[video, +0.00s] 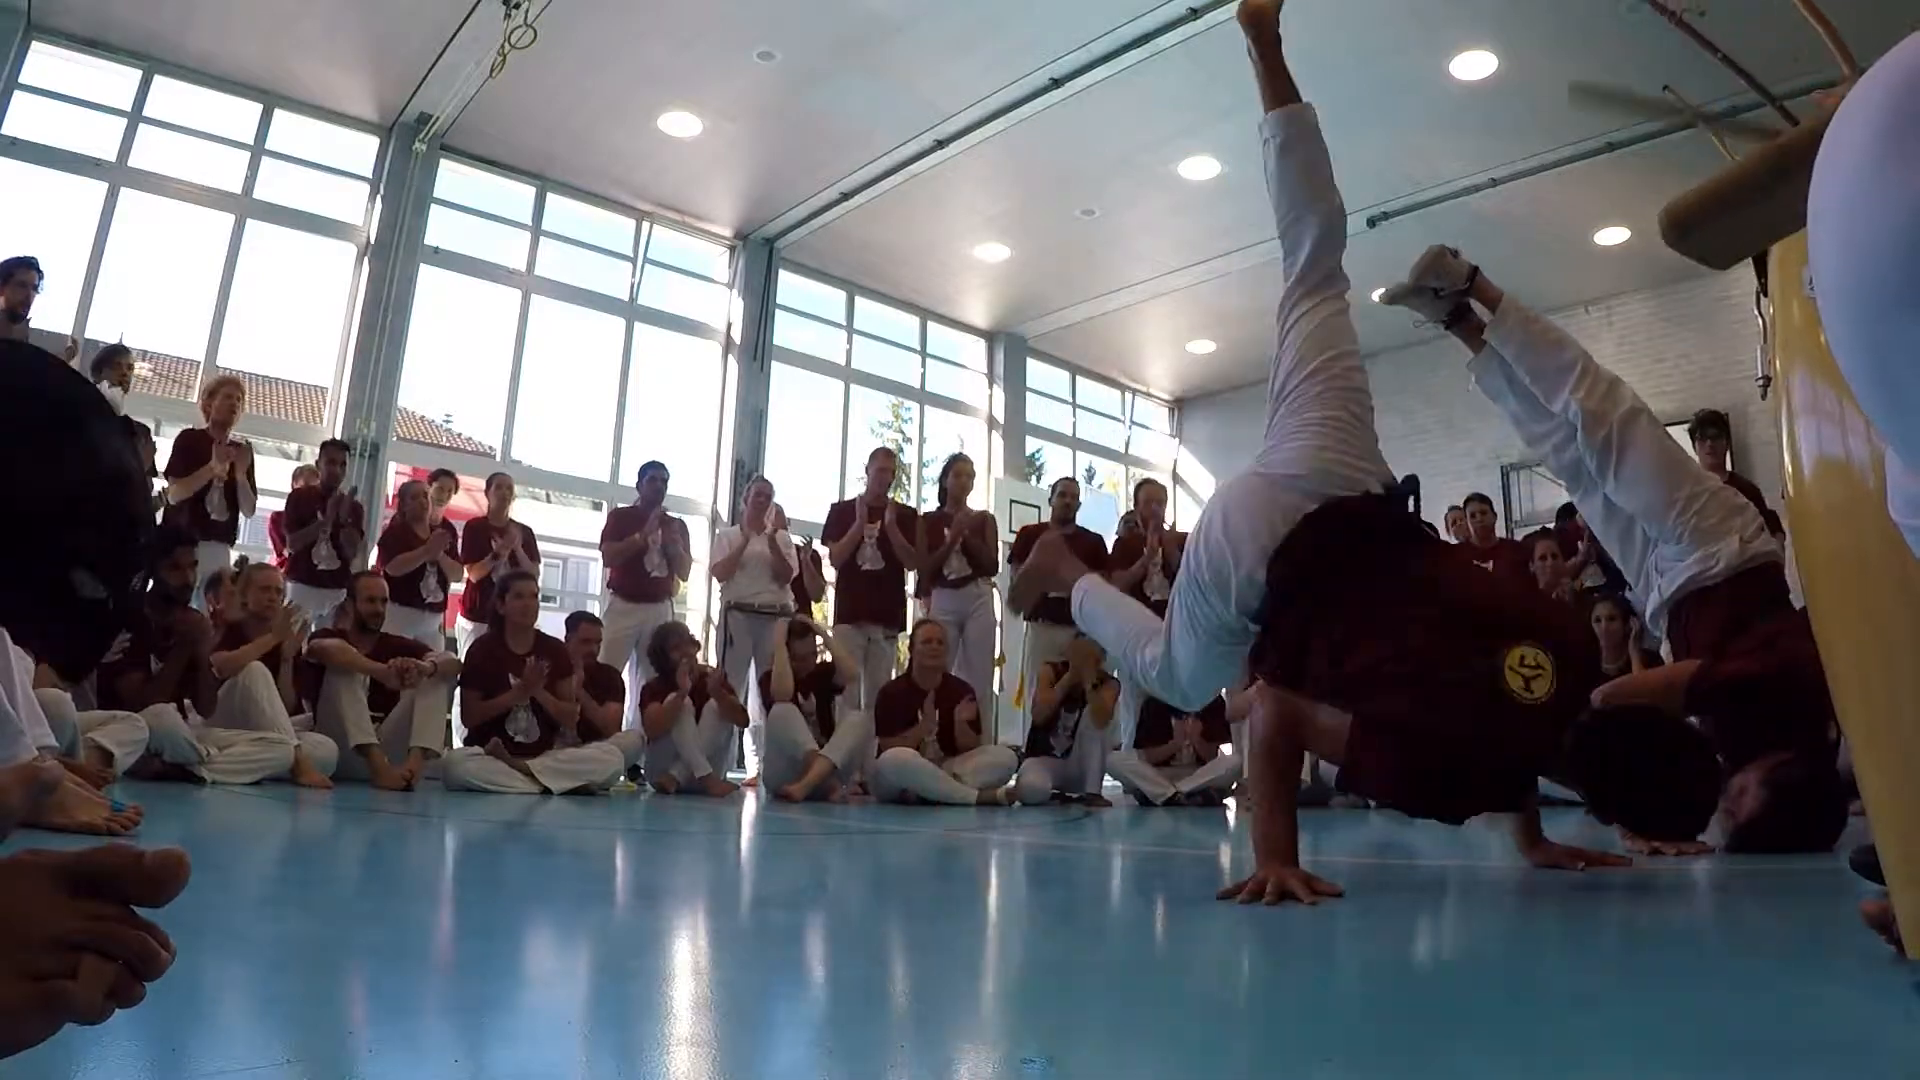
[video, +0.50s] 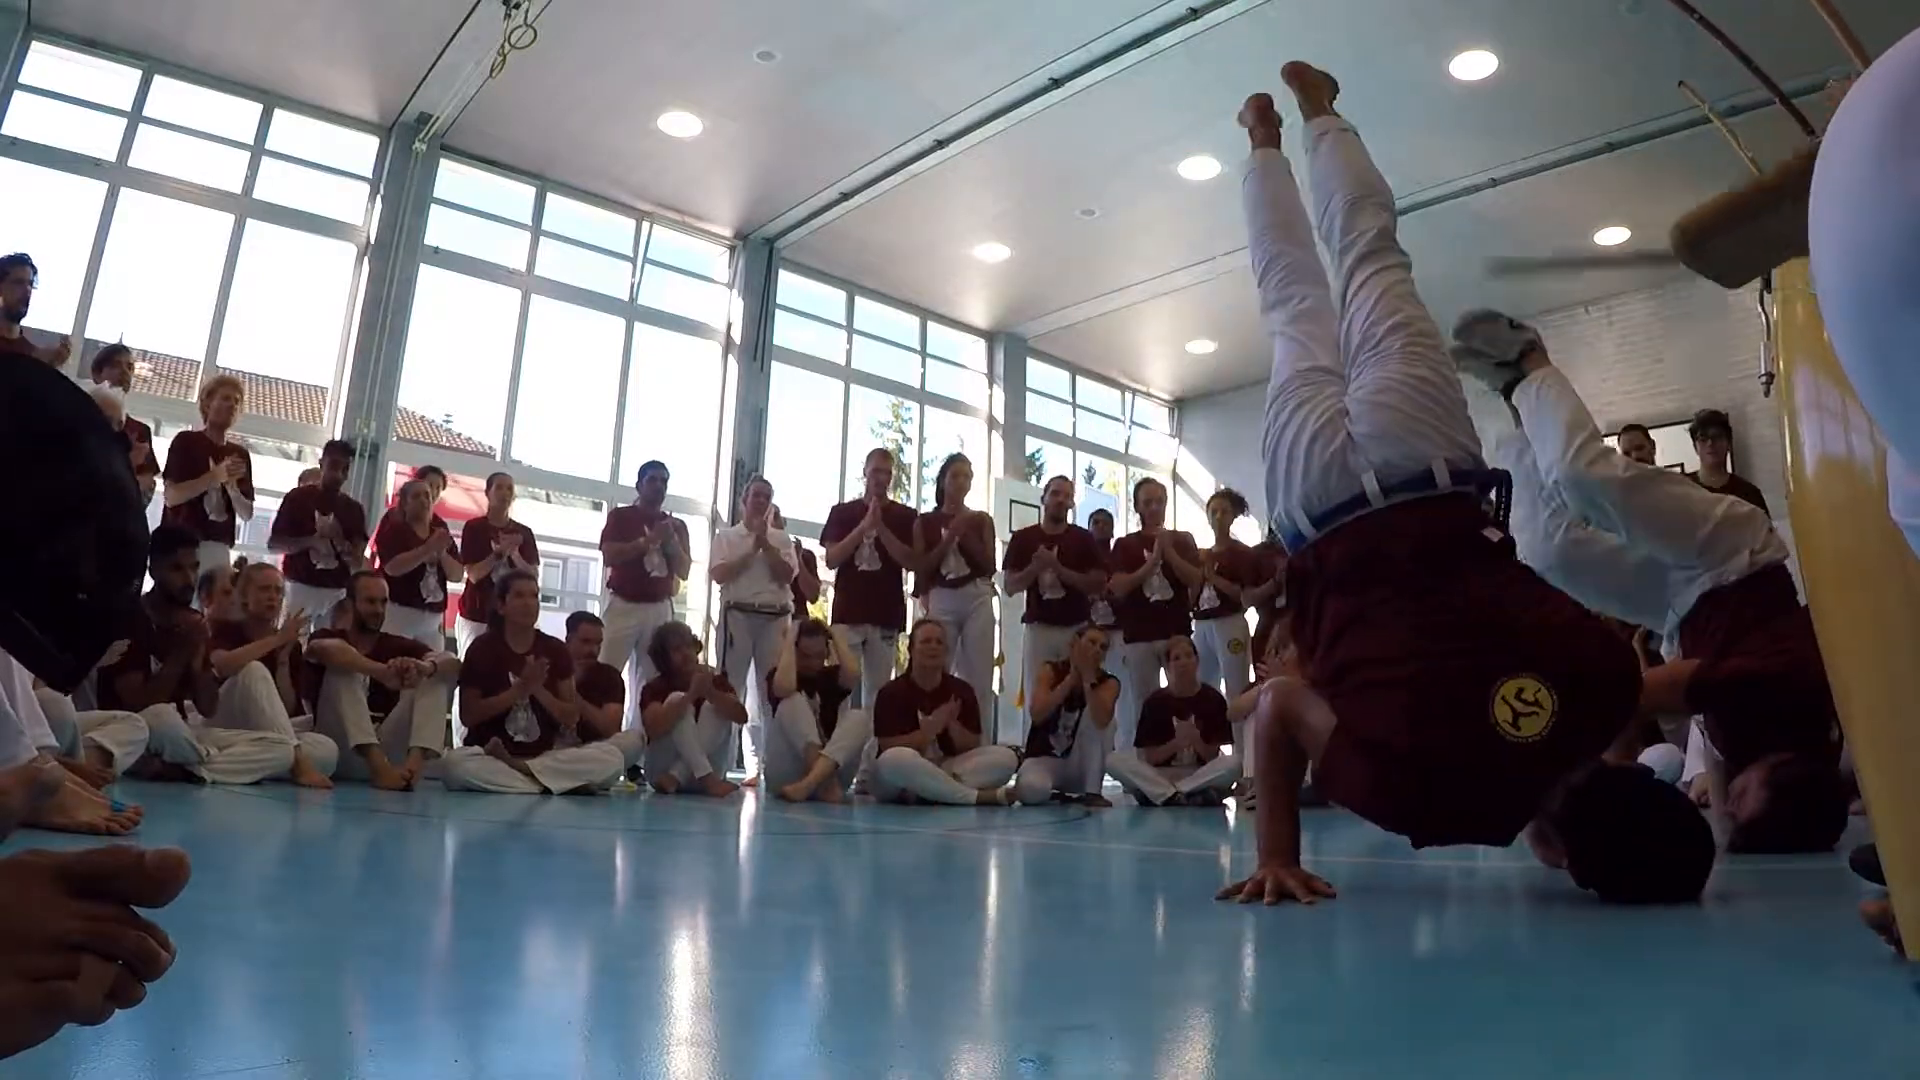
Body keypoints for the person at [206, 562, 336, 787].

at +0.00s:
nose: (272, 597)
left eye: (278, 591)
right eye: (264, 590)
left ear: (283, 597)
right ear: (245, 594)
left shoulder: (287, 640)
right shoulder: (229, 630)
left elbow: (288, 707)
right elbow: (220, 667)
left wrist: (288, 657)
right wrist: (273, 638)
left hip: (269, 732)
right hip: (224, 723)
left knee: (326, 751)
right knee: (254, 671)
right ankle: (298, 761)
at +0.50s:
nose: (273, 597)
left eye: (278, 590)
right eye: (264, 589)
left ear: (283, 597)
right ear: (245, 595)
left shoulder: (290, 644)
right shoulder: (224, 630)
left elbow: (290, 709)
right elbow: (221, 665)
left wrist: (283, 662)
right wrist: (281, 638)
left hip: (270, 733)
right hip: (224, 725)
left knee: (326, 751)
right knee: (253, 671)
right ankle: (299, 762)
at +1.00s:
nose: (274, 598)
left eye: (279, 591)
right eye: (266, 590)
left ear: (284, 597)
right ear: (245, 595)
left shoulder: (290, 642)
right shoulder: (228, 630)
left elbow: (290, 710)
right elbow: (221, 667)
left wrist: (284, 660)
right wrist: (275, 638)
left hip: (274, 733)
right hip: (227, 726)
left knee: (327, 752)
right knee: (253, 671)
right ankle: (299, 762)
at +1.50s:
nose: (274, 597)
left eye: (279, 591)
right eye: (265, 589)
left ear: (284, 597)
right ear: (245, 594)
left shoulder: (285, 641)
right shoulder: (224, 628)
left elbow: (290, 712)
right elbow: (220, 666)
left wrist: (283, 665)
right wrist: (273, 637)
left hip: (271, 733)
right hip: (223, 725)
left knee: (327, 751)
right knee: (253, 671)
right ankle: (299, 762)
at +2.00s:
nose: (274, 597)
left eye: (279, 591)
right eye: (266, 589)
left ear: (284, 597)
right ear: (246, 595)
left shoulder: (291, 646)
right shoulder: (224, 630)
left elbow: (293, 711)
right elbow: (222, 666)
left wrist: (279, 664)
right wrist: (278, 637)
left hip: (273, 733)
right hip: (224, 726)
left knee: (326, 752)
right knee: (253, 671)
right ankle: (298, 762)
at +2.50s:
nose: (273, 597)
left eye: (278, 591)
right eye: (264, 589)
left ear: (283, 597)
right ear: (244, 593)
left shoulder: (290, 647)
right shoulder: (225, 630)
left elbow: (290, 708)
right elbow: (219, 667)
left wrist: (281, 661)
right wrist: (274, 637)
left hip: (271, 732)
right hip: (223, 724)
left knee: (326, 751)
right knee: (253, 671)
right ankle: (299, 763)